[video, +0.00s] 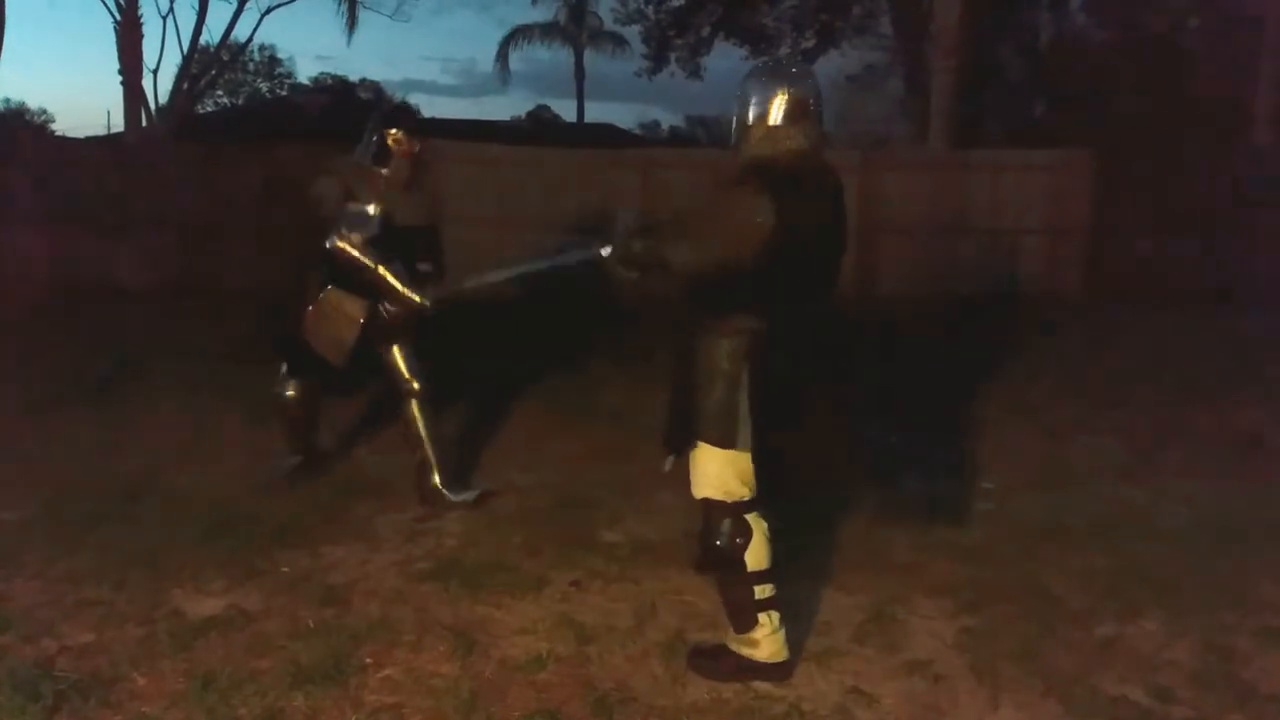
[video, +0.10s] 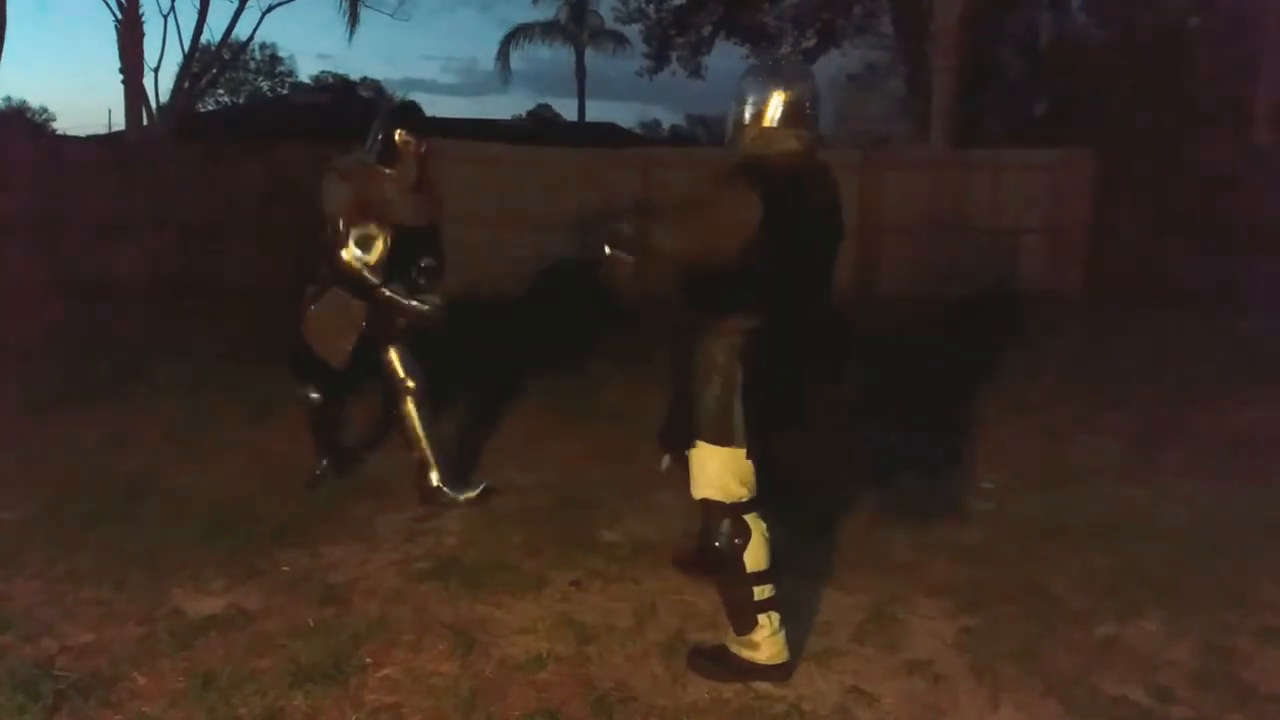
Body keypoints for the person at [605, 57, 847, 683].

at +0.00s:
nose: (750, 135)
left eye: (754, 123)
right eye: (757, 124)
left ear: (756, 125)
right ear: (806, 124)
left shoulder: (762, 189)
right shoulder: (816, 186)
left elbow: (722, 262)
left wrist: (656, 260)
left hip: (746, 348)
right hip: (781, 342)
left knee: (729, 490)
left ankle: (761, 643)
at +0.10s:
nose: (742, 138)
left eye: (747, 127)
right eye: (750, 128)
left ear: (754, 128)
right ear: (802, 128)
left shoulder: (757, 186)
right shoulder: (813, 186)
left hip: (749, 352)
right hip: (790, 344)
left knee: (728, 495)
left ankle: (761, 644)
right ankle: (724, 543)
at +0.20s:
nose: (727, 130)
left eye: (734, 119)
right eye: (734, 119)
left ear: (742, 121)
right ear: (788, 121)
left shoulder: (742, 181)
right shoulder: (796, 179)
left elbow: (695, 249)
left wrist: (638, 240)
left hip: (735, 343)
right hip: (769, 335)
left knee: (722, 500)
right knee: (700, 440)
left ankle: (760, 646)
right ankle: (697, 547)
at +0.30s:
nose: (719, 134)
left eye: (727, 123)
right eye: (723, 124)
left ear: (743, 124)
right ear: (776, 123)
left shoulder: (745, 186)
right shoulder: (780, 181)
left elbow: (698, 262)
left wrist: (631, 242)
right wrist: (644, 234)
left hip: (738, 351)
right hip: (737, 340)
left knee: (708, 502)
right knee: (696, 441)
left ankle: (760, 642)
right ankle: (694, 548)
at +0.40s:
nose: (724, 142)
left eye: (733, 131)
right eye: (728, 131)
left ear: (749, 131)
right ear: (780, 131)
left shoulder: (759, 197)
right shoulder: (770, 191)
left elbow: (704, 270)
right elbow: (693, 240)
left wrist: (619, 251)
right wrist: (632, 228)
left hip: (739, 360)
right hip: (731, 349)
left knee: (689, 494)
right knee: (676, 435)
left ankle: (762, 638)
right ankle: (689, 550)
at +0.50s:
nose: (729, 139)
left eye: (738, 128)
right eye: (735, 127)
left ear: (755, 133)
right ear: (791, 134)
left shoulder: (753, 202)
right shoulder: (785, 196)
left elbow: (692, 263)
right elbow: (703, 240)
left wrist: (615, 247)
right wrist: (637, 226)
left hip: (728, 363)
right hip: (756, 355)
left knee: (689, 503)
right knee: (695, 456)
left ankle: (768, 645)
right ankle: (690, 551)